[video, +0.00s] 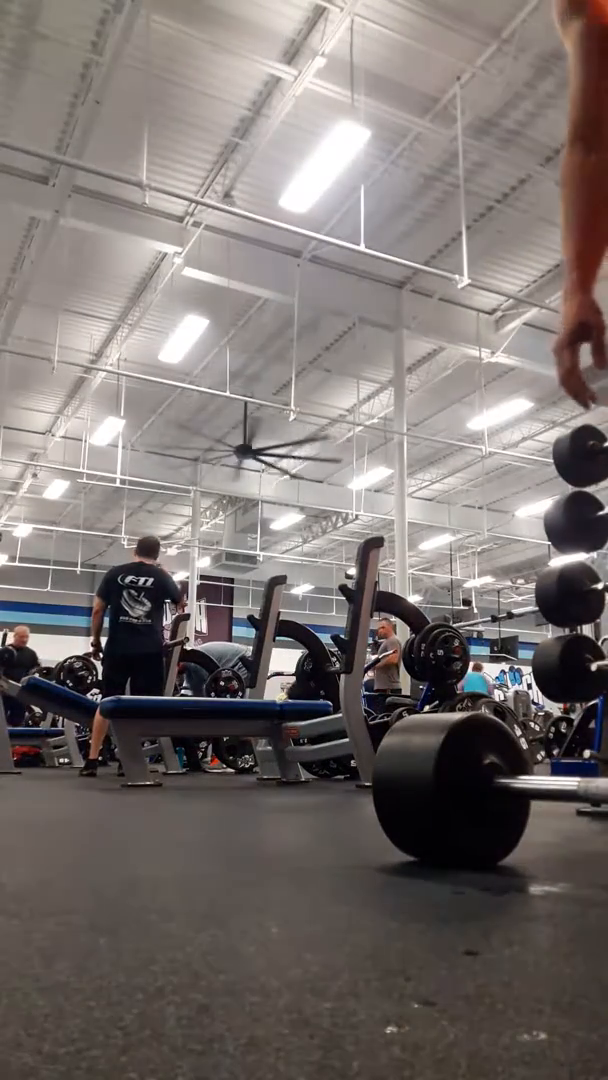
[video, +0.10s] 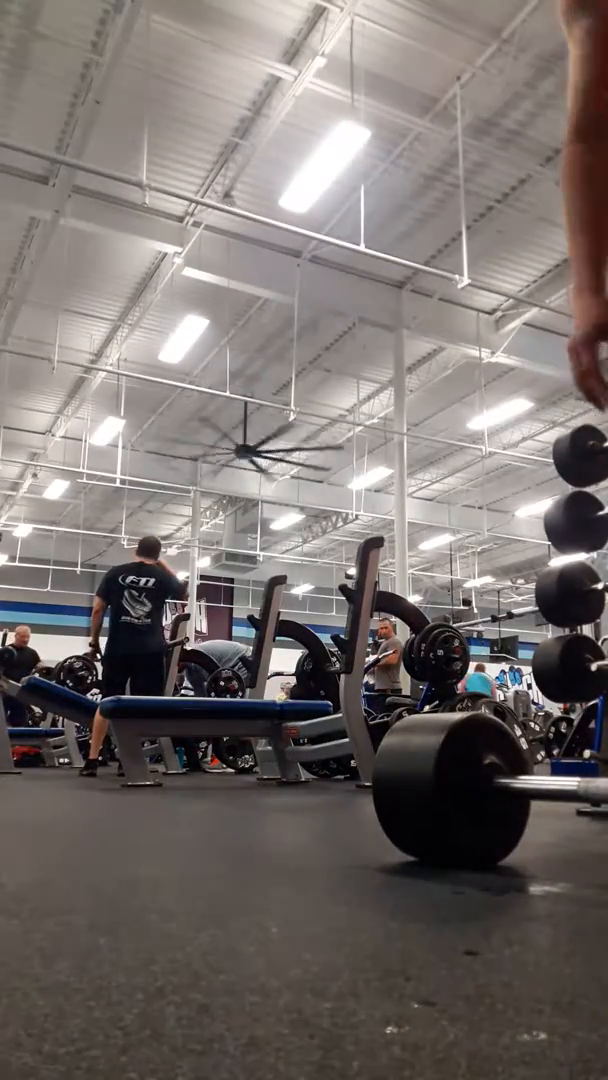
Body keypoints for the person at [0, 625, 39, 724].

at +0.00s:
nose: (24, 640)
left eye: (26, 637)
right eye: (21, 637)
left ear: (28, 637)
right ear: (14, 636)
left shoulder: (31, 654)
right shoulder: (5, 651)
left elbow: (37, 667)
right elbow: (1, 668)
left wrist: (29, 676)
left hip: (23, 689)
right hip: (5, 687)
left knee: (18, 718)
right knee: (3, 714)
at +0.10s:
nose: (25, 640)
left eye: (27, 637)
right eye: (22, 637)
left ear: (30, 637)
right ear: (15, 636)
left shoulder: (32, 653)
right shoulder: (6, 651)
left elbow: (40, 668)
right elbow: (1, 670)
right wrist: (4, 683)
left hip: (23, 691)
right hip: (5, 689)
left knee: (20, 720)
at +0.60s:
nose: (21, 648)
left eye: (24, 646)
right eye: (20, 645)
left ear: (27, 644)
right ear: (15, 642)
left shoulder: (30, 651)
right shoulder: (5, 652)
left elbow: (46, 656)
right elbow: (1, 676)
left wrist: (57, 661)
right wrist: (1, 696)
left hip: (18, 688)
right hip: (4, 687)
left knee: (14, 717)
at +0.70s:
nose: (26, 652)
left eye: (28, 650)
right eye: (24, 650)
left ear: (31, 649)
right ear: (20, 647)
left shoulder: (32, 651)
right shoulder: (9, 653)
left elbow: (47, 653)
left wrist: (56, 660)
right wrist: (2, 702)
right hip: (3, 685)